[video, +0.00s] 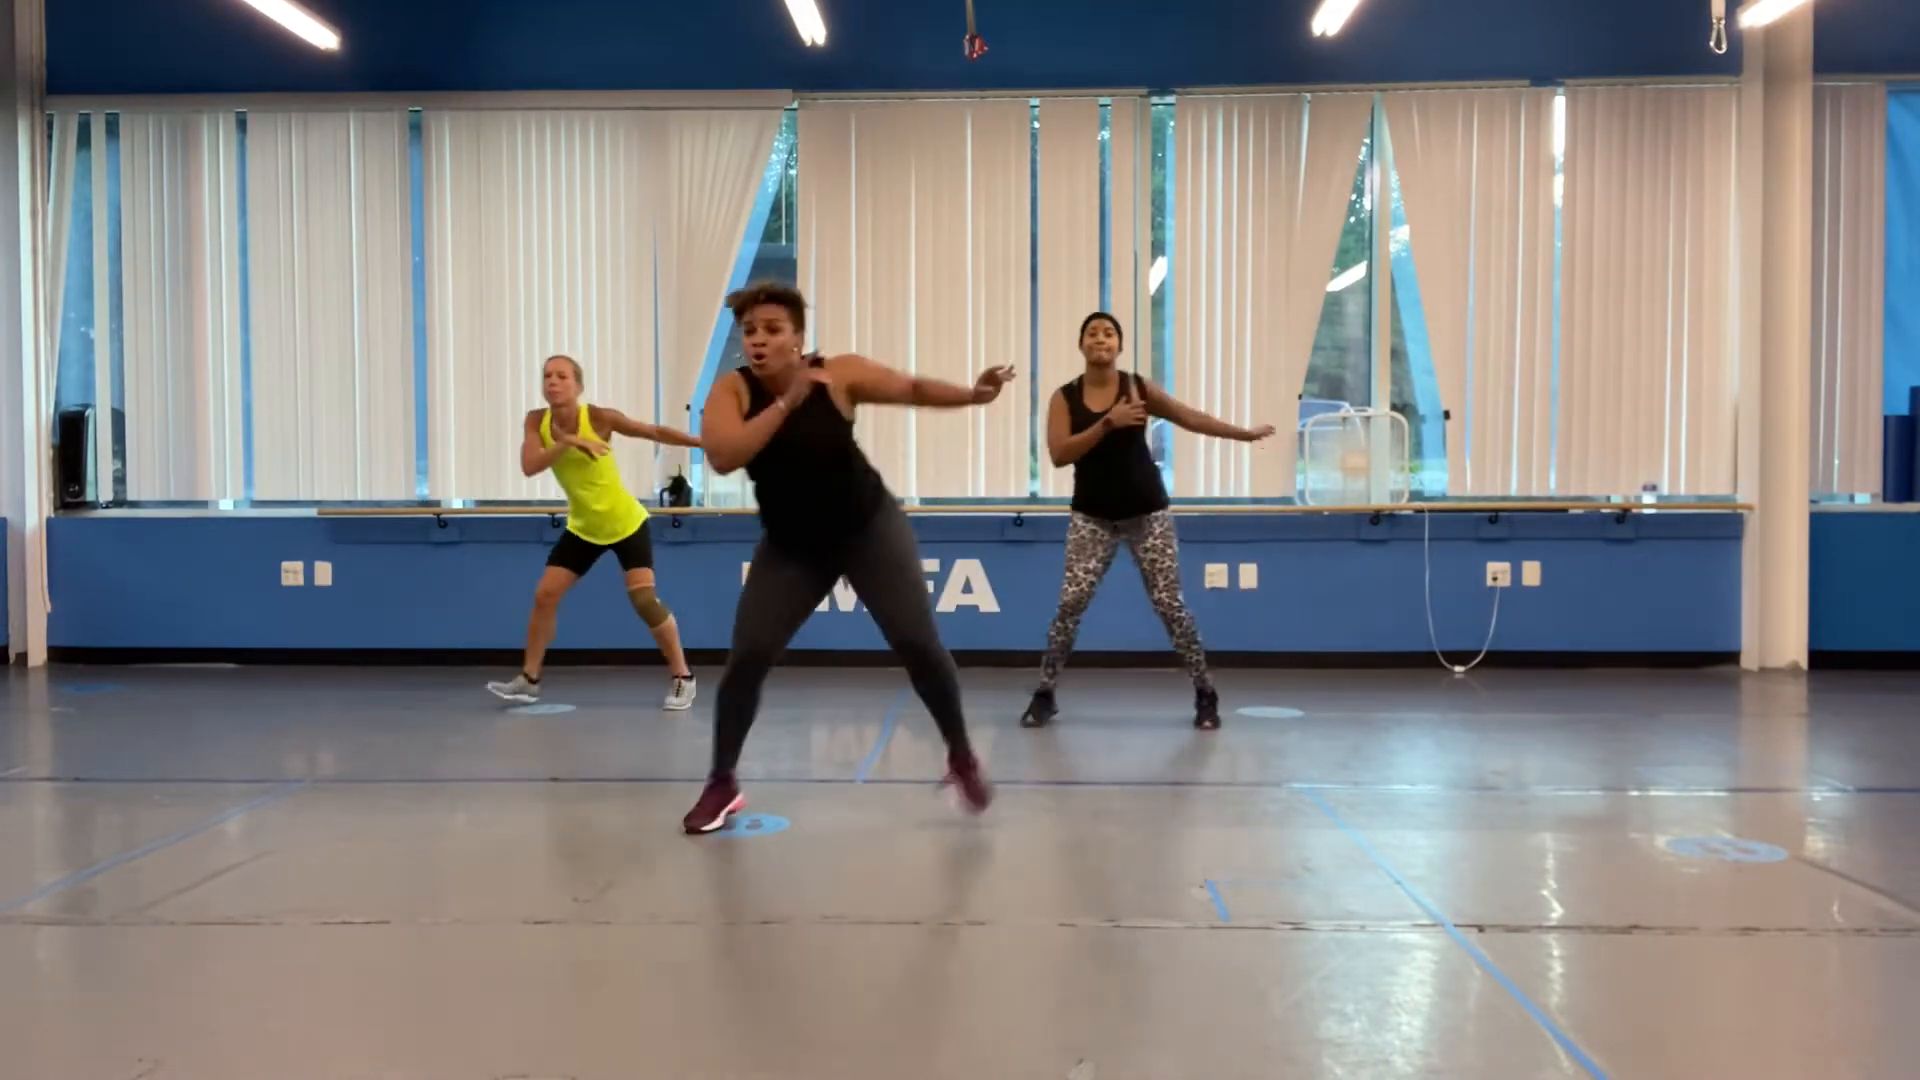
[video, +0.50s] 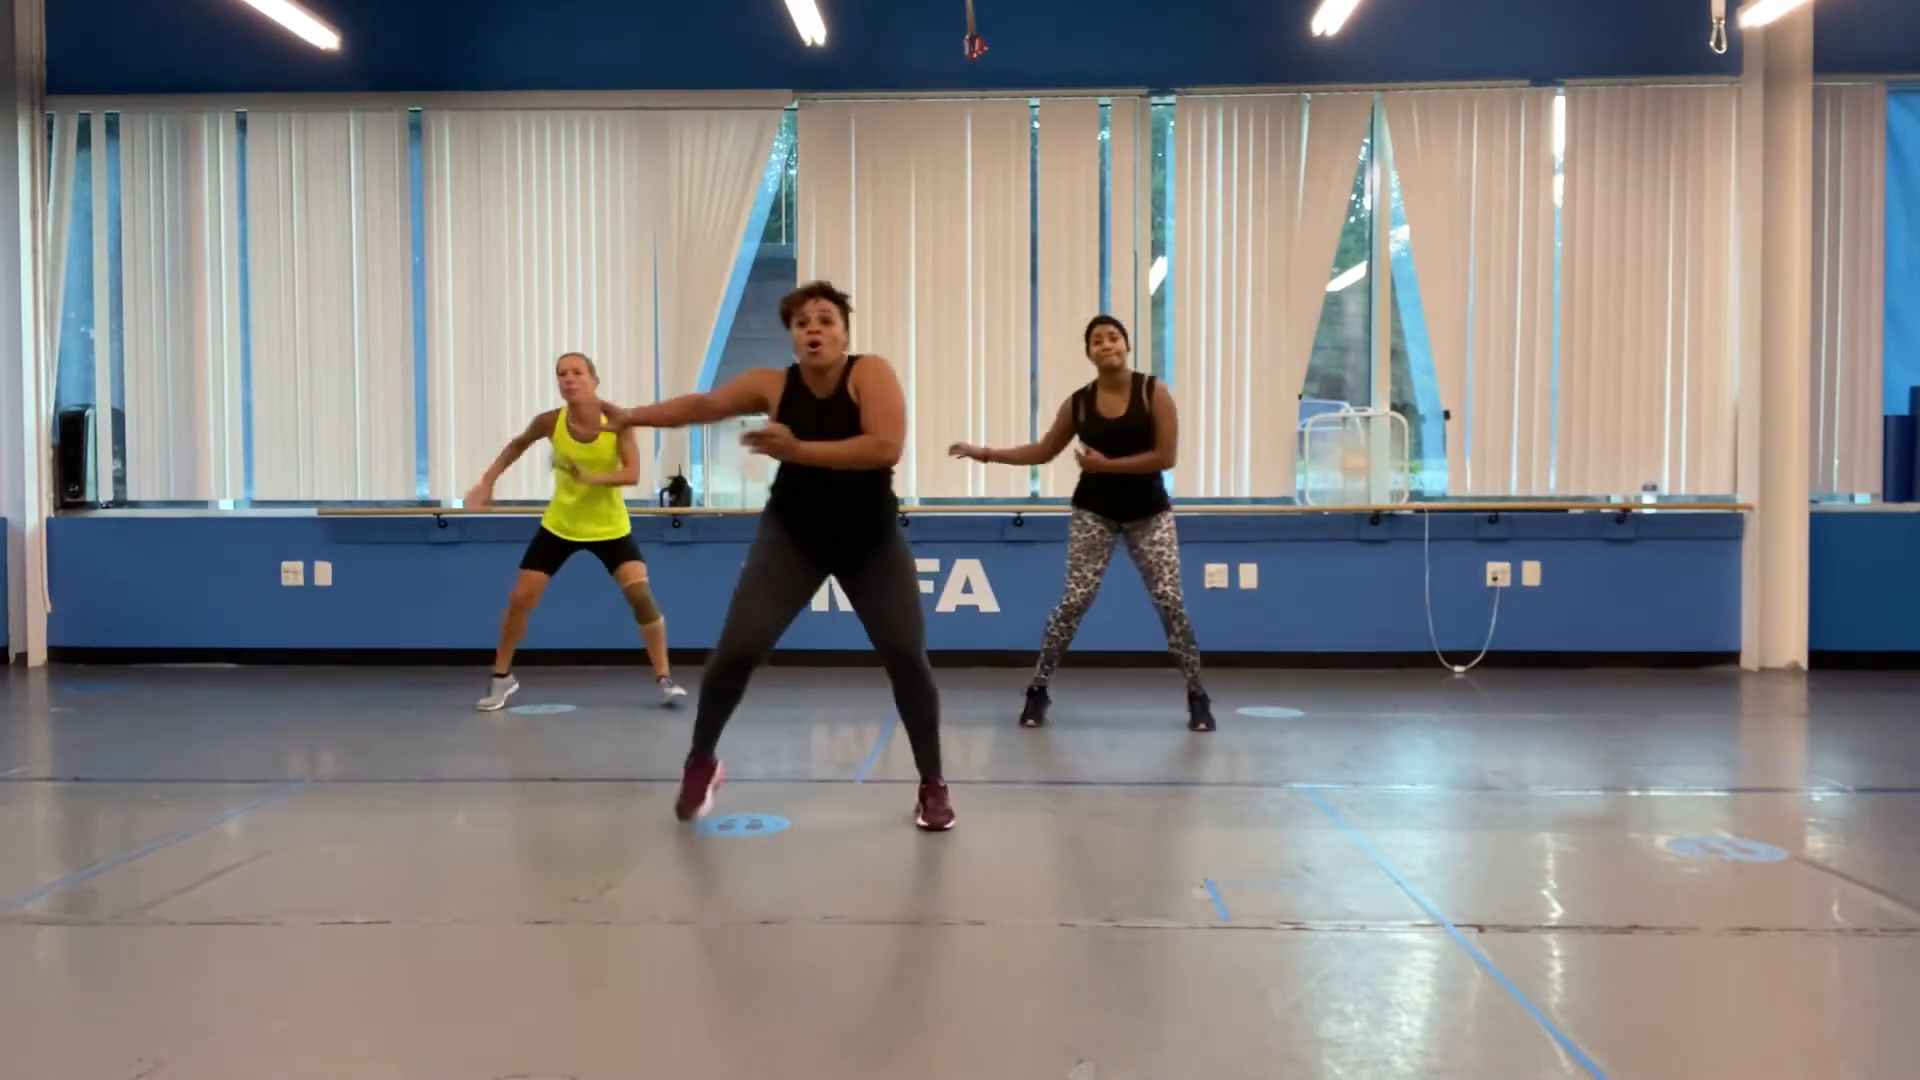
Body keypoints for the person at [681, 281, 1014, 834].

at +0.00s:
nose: (757, 340)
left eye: (771, 330)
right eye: (748, 330)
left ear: (799, 338)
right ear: (741, 337)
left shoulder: (839, 375)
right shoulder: (730, 391)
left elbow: (914, 390)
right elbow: (723, 455)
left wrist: (974, 395)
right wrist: (784, 403)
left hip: (867, 529)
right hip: (792, 544)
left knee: (918, 645)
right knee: (747, 658)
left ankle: (961, 754)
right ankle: (722, 783)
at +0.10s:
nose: (754, 345)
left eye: (768, 335)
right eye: (744, 335)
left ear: (792, 346)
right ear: (735, 345)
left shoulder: (826, 403)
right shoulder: (714, 403)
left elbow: (883, 462)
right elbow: (685, 471)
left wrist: (943, 451)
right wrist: (758, 455)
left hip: (838, 546)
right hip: (760, 559)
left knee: (902, 634)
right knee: (719, 670)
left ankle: (971, 696)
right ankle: (719, 789)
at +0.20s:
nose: (758, 341)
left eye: (772, 330)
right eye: (748, 330)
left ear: (794, 343)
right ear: (737, 342)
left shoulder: (827, 414)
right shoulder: (709, 407)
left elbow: (844, 501)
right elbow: (662, 471)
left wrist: (893, 534)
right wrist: (694, 521)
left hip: (831, 551)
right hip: (753, 556)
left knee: (898, 642)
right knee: (711, 673)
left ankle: (926, 719)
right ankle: (718, 789)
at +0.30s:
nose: (769, 331)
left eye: (783, 322)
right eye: (759, 322)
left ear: (804, 334)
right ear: (747, 333)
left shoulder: (833, 402)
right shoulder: (715, 393)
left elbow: (838, 487)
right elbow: (647, 434)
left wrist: (817, 531)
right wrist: (628, 499)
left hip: (833, 541)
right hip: (755, 550)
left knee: (885, 650)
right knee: (720, 672)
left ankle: (887, 775)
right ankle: (718, 789)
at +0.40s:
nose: (789, 323)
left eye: (801, 314)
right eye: (779, 316)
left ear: (822, 325)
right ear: (766, 330)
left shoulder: (851, 378)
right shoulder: (745, 379)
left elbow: (861, 465)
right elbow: (670, 392)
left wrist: (787, 484)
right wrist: (611, 435)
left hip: (847, 537)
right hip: (769, 541)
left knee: (897, 645)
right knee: (736, 661)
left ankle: (906, 766)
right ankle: (716, 785)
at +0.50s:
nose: (813, 331)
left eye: (825, 321)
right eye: (803, 324)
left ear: (846, 332)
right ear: (790, 337)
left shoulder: (871, 374)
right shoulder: (772, 385)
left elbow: (888, 447)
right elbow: (701, 406)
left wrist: (798, 450)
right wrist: (632, 416)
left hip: (870, 539)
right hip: (793, 536)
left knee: (906, 656)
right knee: (737, 652)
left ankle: (933, 784)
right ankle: (700, 762)